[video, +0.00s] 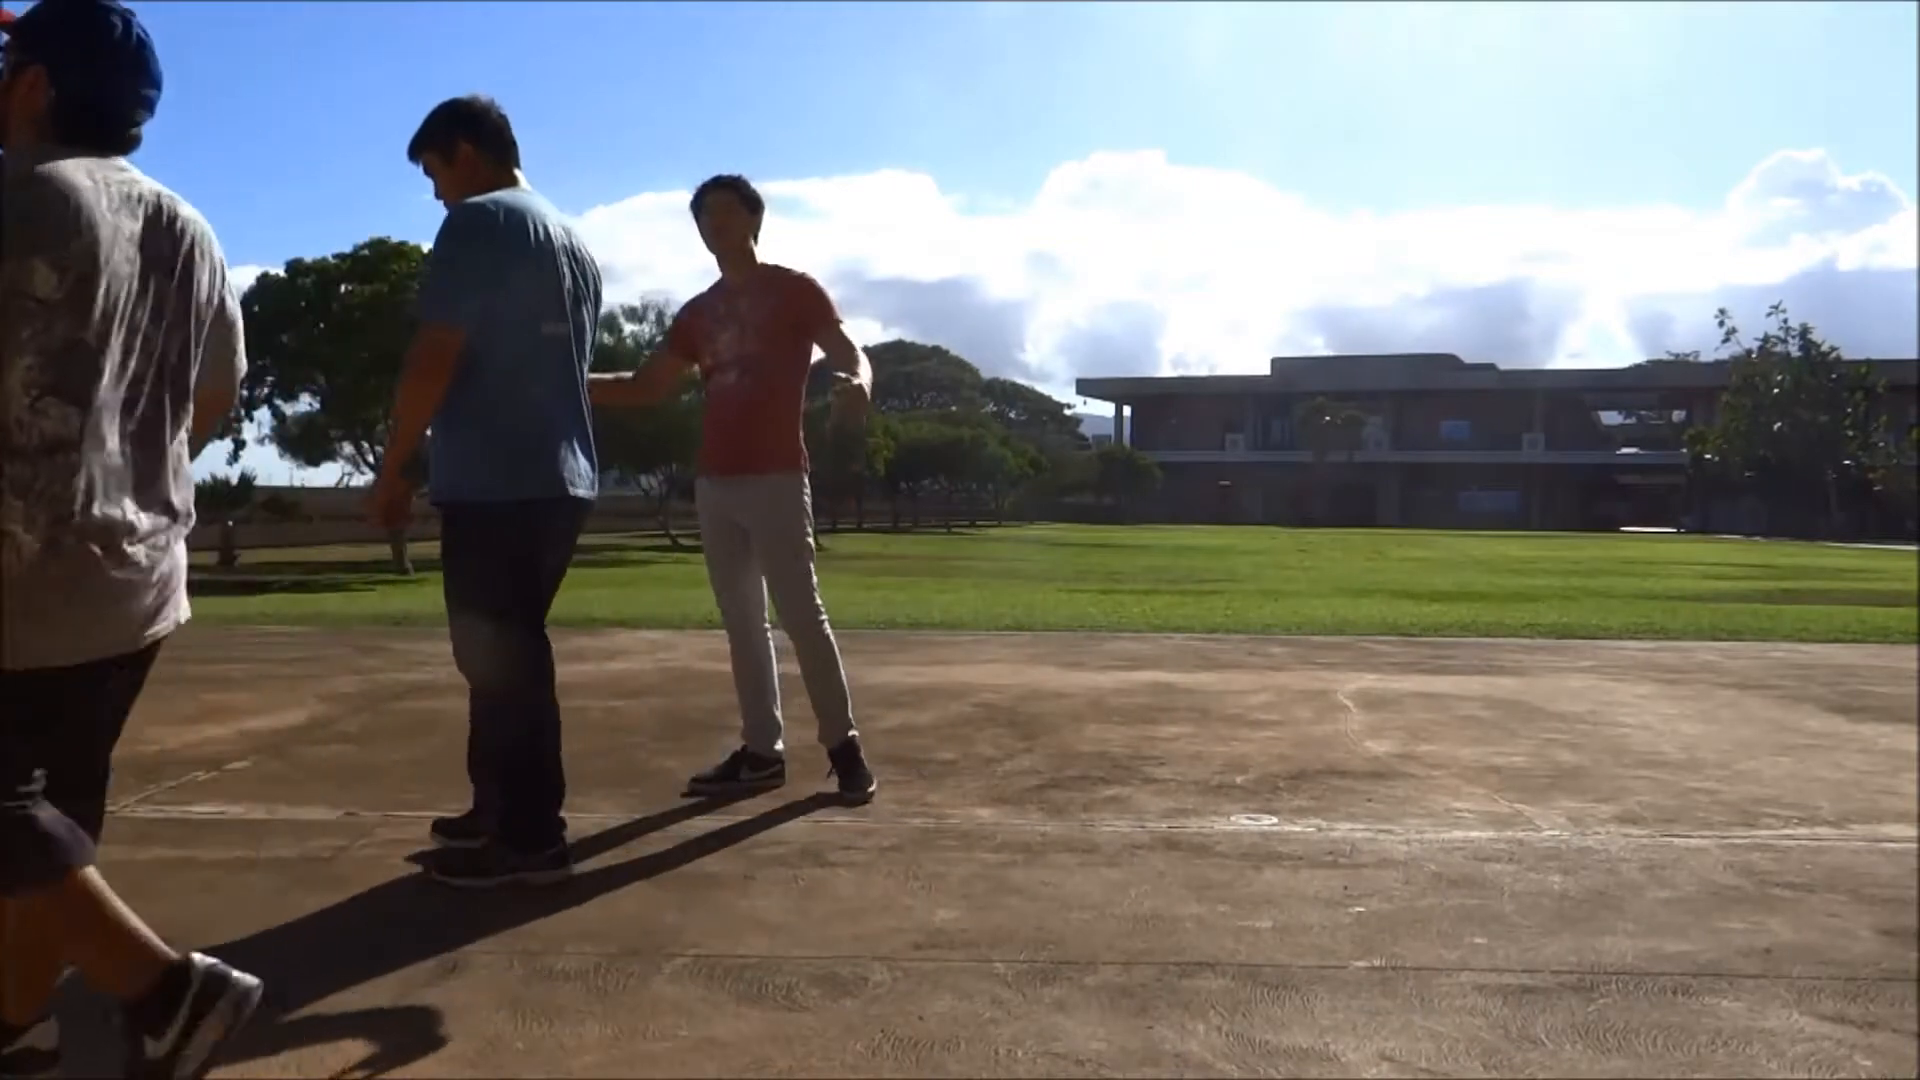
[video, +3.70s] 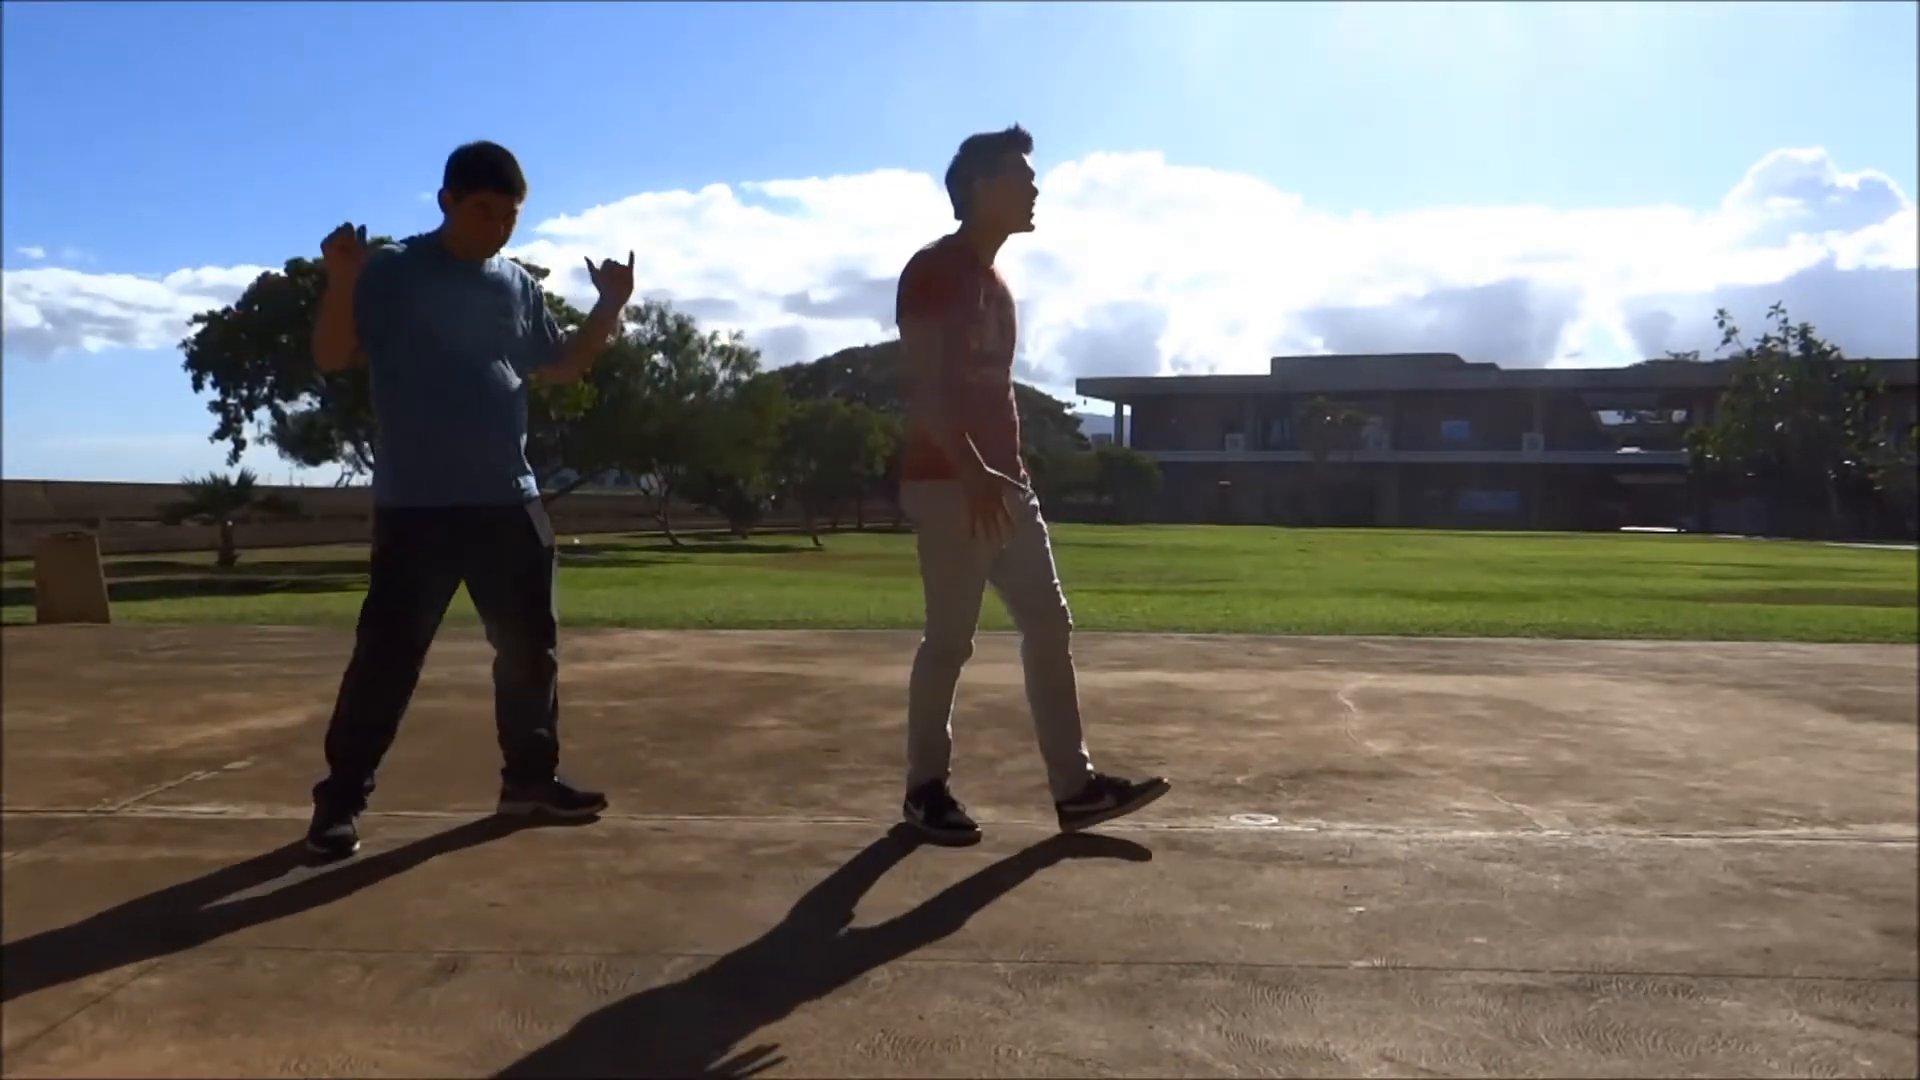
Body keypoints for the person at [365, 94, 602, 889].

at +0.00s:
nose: (434, 189)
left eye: (435, 171)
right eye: (429, 174)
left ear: (467, 154)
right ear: (503, 153)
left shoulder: (473, 226)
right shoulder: (570, 240)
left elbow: (436, 355)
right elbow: (567, 371)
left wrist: (392, 465)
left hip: (492, 487)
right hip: (557, 483)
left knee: (499, 655)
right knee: (506, 647)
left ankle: (529, 836)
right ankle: (501, 808)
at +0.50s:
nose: (369, 197)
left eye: (371, 179)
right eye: (363, 183)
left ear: (417, 161)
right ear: (420, 164)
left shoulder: (459, 234)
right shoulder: (459, 237)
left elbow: (442, 361)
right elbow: (465, 367)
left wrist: (393, 470)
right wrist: (404, 468)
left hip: (461, 486)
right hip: (440, 487)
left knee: (469, 653)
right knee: (422, 649)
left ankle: (525, 828)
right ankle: (419, 809)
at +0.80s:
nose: (350, 192)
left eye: (358, 174)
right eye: (342, 177)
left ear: (408, 163)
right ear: (357, 178)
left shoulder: (461, 247)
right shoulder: (380, 264)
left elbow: (458, 366)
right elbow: (354, 381)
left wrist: (401, 468)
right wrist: (317, 477)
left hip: (453, 484)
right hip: (393, 487)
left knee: (453, 642)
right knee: (401, 646)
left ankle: (516, 815)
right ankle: (418, 809)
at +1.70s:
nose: (462, 179)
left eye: (476, 165)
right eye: (445, 165)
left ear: (498, 168)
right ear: (418, 165)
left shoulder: (527, 260)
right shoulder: (371, 255)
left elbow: (548, 375)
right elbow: (331, 368)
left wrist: (518, 476)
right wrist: (300, 465)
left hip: (480, 492)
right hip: (382, 491)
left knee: (481, 663)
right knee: (368, 646)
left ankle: (475, 822)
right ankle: (407, 801)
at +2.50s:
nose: (426, 183)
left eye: (434, 169)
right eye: (410, 168)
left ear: (442, 176)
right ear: (368, 169)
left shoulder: (463, 266)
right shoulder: (311, 255)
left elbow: (502, 362)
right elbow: (251, 350)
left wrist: (533, 419)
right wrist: (274, 370)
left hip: (444, 493)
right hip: (344, 497)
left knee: (457, 658)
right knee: (334, 661)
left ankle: (477, 816)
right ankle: (329, 811)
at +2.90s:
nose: (395, 177)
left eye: (403, 165)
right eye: (378, 163)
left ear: (412, 175)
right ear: (337, 169)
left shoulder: (425, 263)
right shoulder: (286, 255)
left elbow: (479, 354)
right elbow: (217, 347)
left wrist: (517, 309)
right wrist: (250, 267)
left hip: (411, 486)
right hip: (315, 492)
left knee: (422, 653)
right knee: (324, 660)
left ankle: (413, 794)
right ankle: (329, 806)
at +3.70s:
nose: (502, 227)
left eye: (510, 214)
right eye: (490, 211)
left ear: (517, 212)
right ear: (451, 203)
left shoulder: (516, 287)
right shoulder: (389, 272)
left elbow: (562, 364)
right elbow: (330, 355)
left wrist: (610, 305)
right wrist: (340, 277)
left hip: (506, 498)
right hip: (416, 501)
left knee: (530, 643)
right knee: (385, 655)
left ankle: (530, 779)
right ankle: (340, 803)